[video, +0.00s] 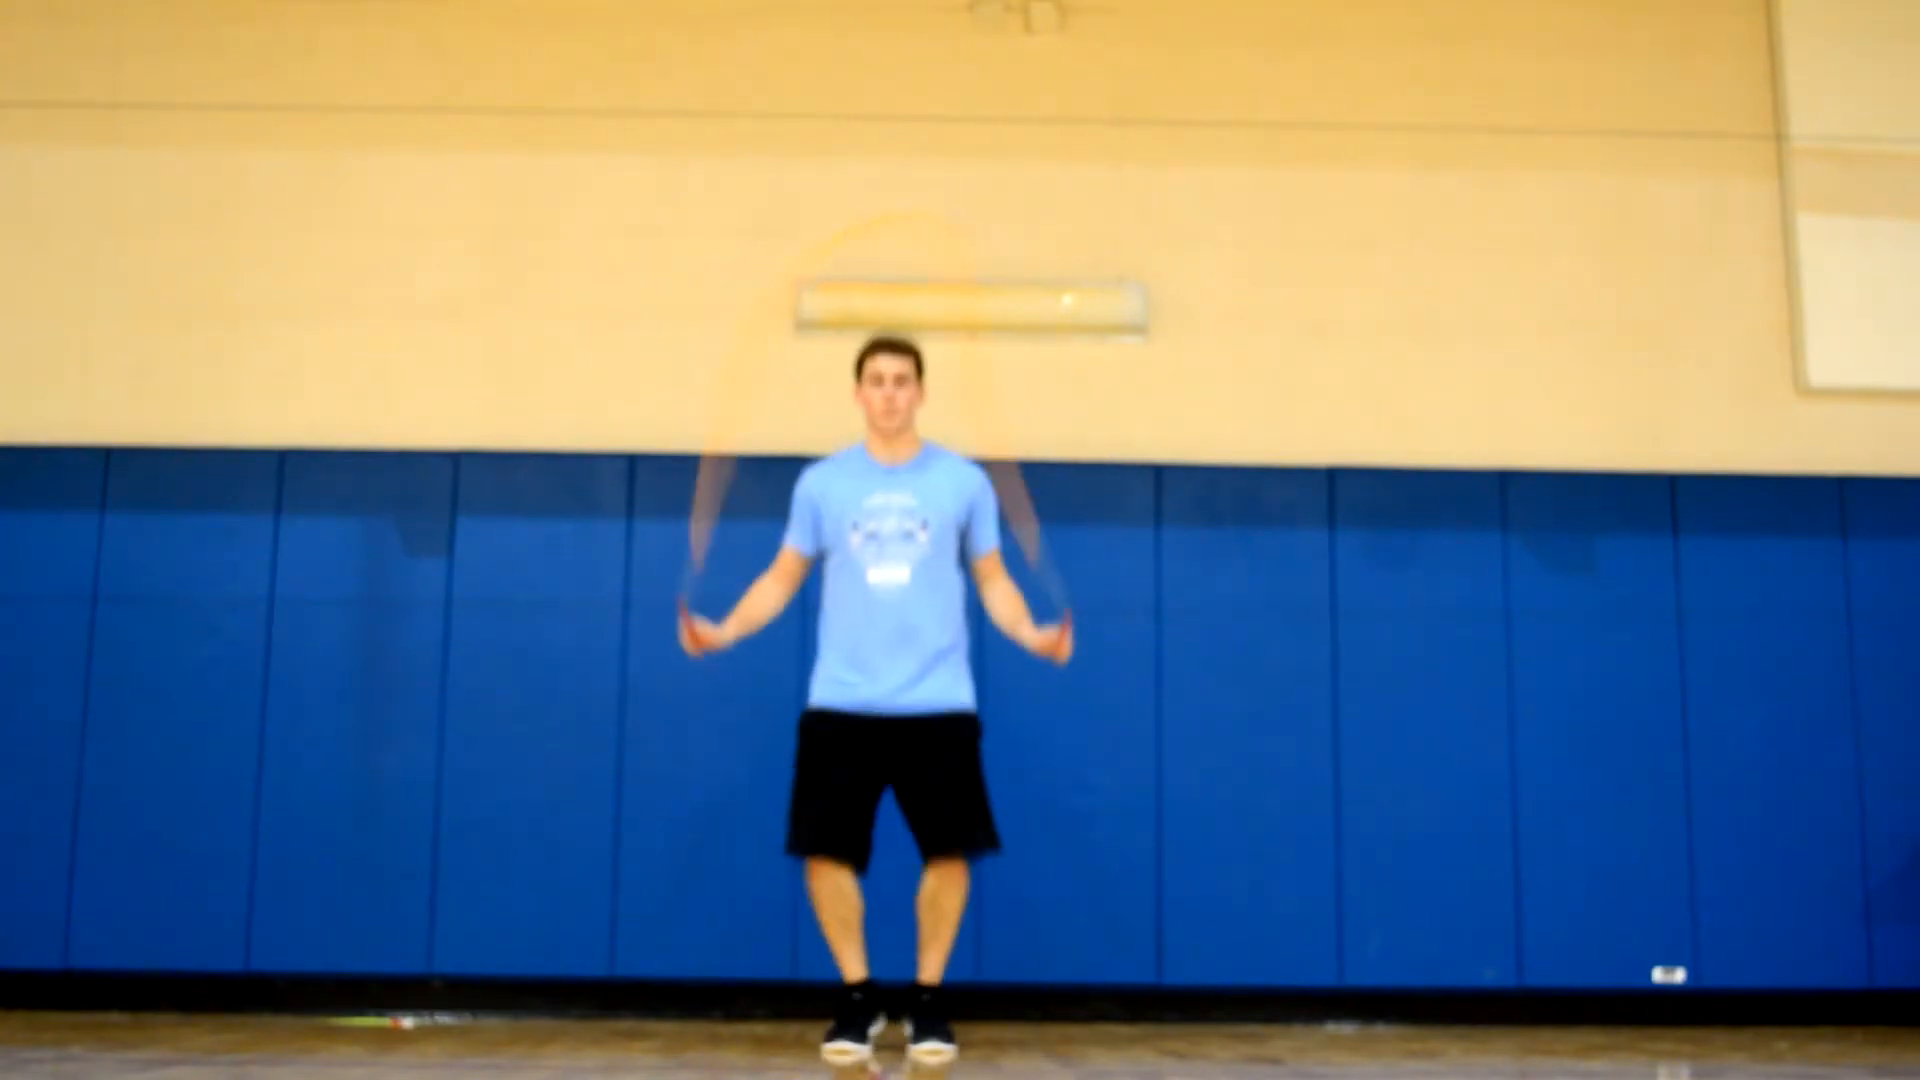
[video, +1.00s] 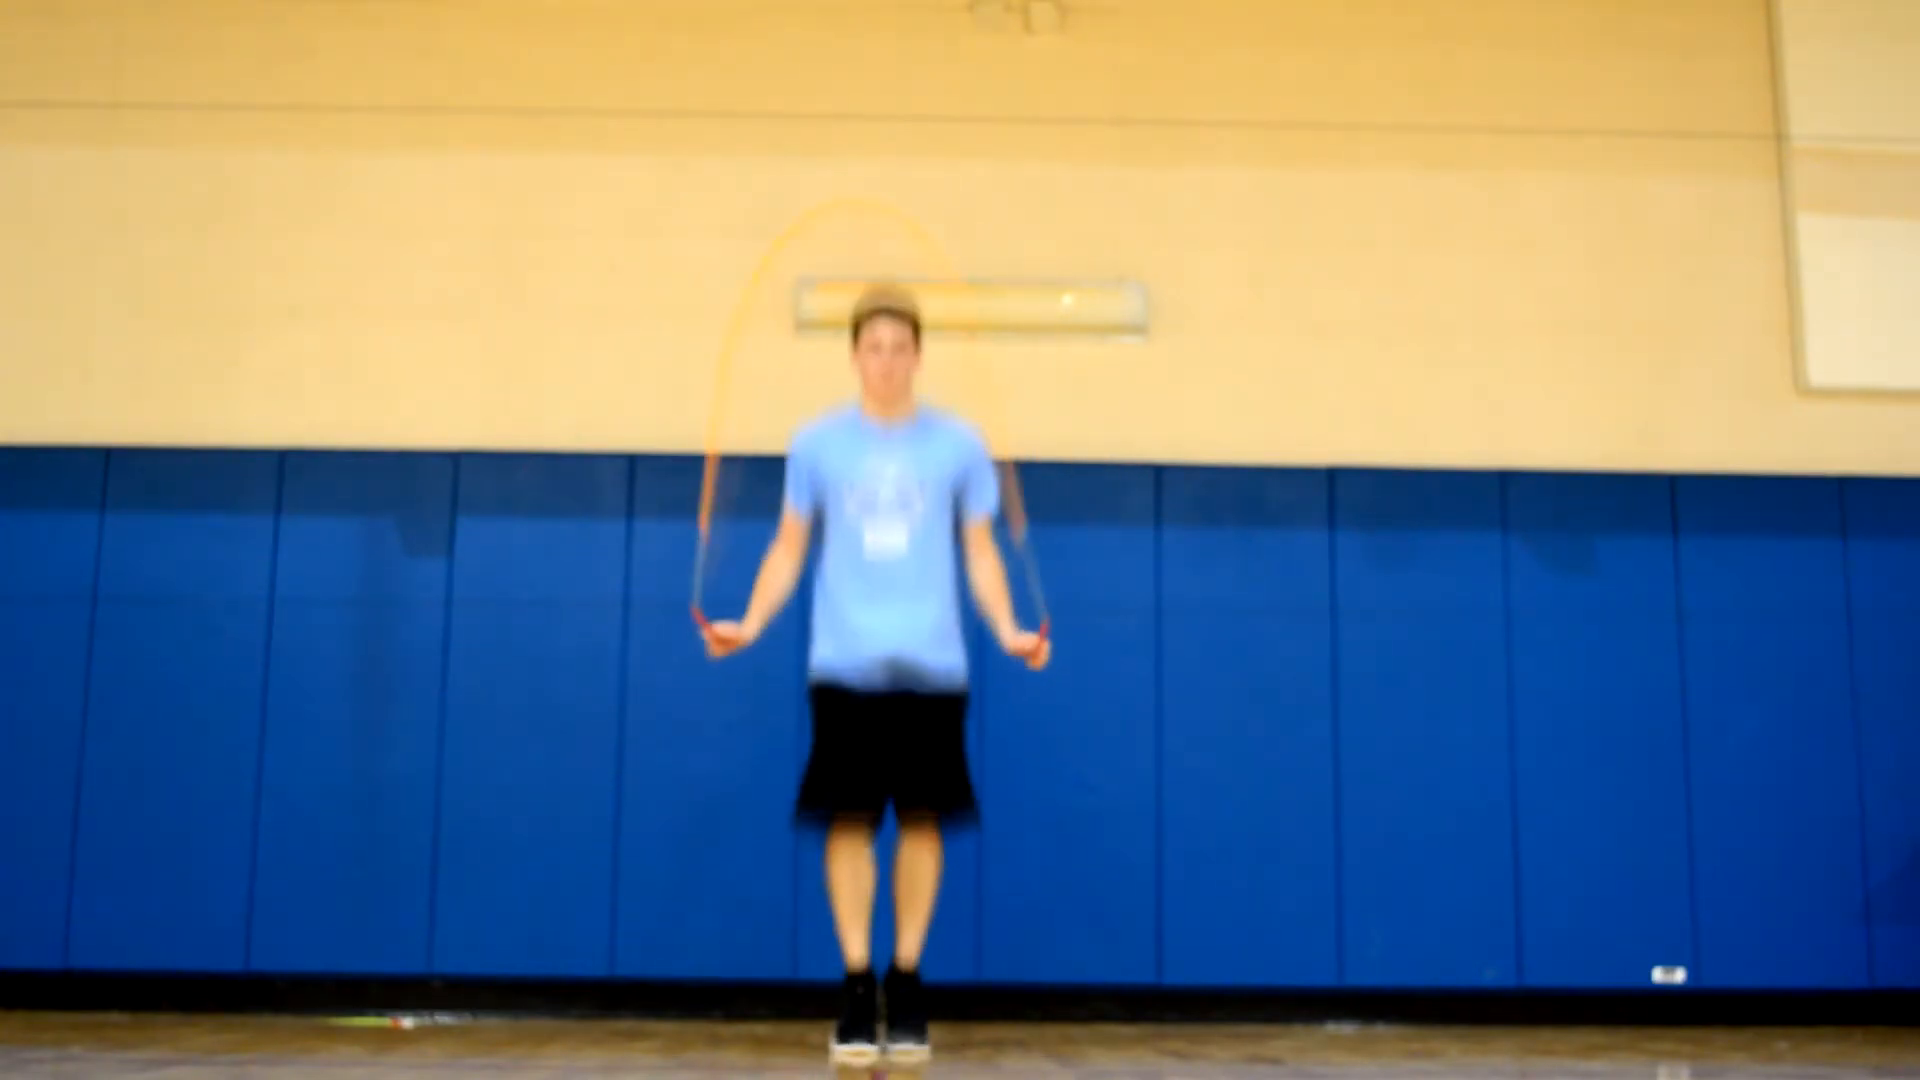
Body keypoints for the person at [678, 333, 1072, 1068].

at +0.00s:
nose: (890, 394)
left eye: (902, 382)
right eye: (878, 382)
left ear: (921, 392)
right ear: (857, 393)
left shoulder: (962, 480)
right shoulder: (823, 481)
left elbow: (993, 576)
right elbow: (783, 576)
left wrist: (1030, 635)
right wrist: (724, 633)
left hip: (937, 702)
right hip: (842, 701)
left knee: (949, 853)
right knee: (825, 852)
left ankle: (926, 1006)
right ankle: (858, 1000)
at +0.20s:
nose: (891, 352)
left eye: (904, 340)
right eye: (879, 339)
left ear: (923, 350)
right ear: (859, 349)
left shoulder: (962, 438)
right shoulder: (824, 436)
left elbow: (986, 544)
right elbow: (792, 538)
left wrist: (1027, 632)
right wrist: (745, 629)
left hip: (934, 658)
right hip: (846, 656)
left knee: (927, 814)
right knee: (846, 814)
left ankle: (922, 981)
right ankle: (856, 978)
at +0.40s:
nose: (891, 338)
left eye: (904, 326)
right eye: (879, 326)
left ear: (922, 336)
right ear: (858, 335)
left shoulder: (960, 425)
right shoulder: (822, 423)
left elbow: (983, 535)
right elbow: (794, 532)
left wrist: (1024, 623)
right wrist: (745, 625)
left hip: (932, 639)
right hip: (847, 637)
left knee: (919, 806)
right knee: (852, 806)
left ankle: (907, 973)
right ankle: (861, 972)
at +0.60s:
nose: (891, 362)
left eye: (903, 350)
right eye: (878, 349)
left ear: (922, 361)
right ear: (856, 361)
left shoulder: (960, 451)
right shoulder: (821, 449)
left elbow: (979, 560)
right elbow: (792, 558)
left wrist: (1010, 638)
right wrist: (741, 639)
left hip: (932, 670)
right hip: (845, 669)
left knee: (922, 834)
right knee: (845, 834)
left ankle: (901, 999)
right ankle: (856, 1000)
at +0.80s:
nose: (887, 399)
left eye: (900, 387)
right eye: (875, 386)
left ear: (919, 399)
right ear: (855, 399)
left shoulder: (960, 492)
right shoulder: (819, 490)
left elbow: (975, 592)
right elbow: (789, 591)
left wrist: (1005, 654)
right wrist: (735, 649)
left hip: (934, 713)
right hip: (841, 711)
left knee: (935, 864)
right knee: (829, 862)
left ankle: (899, 1006)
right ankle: (858, 1006)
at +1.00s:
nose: (887, 361)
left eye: (900, 348)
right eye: (874, 347)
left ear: (919, 357)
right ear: (854, 355)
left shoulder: (957, 443)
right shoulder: (819, 442)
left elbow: (980, 548)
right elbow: (789, 546)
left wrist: (1008, 629)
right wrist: (749, 624)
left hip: (931, 664)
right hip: (845, 664)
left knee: (922, 822)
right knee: (849, 821)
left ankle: (905, 985)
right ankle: (857, 987)